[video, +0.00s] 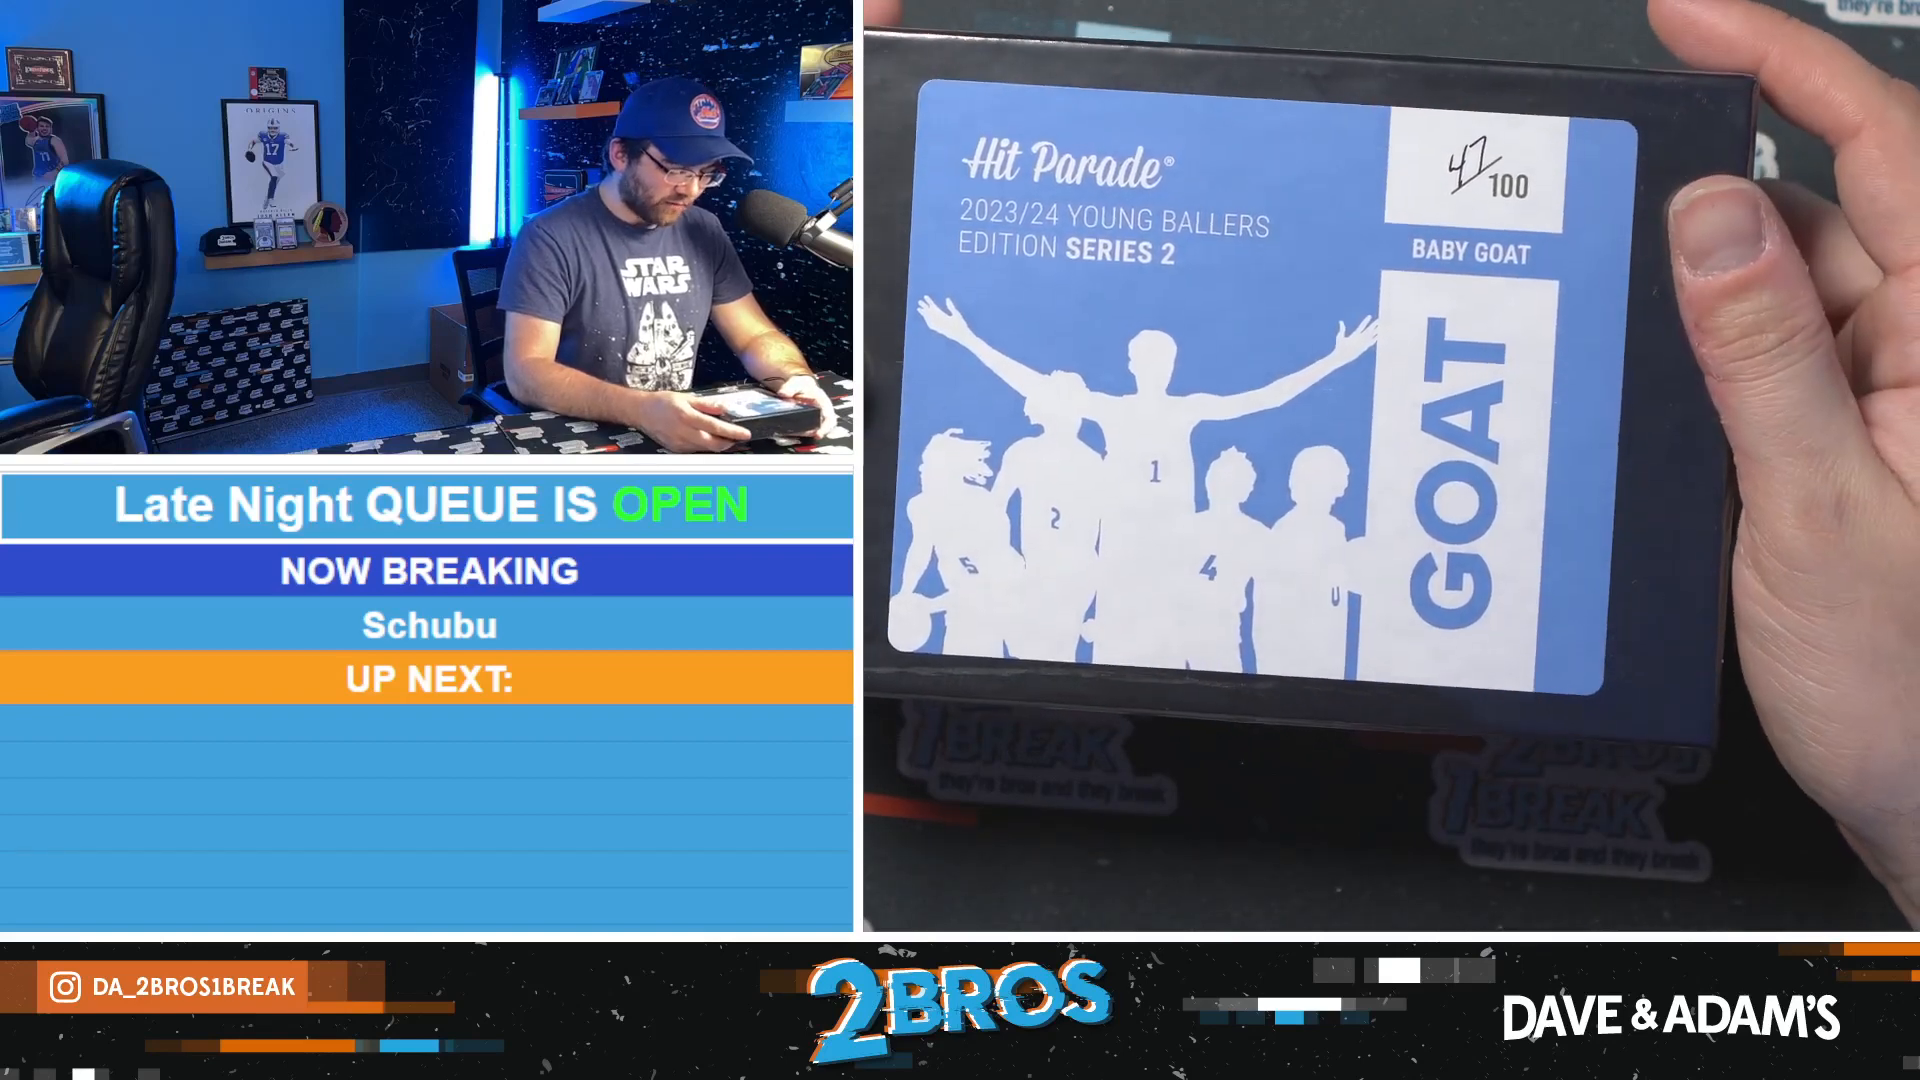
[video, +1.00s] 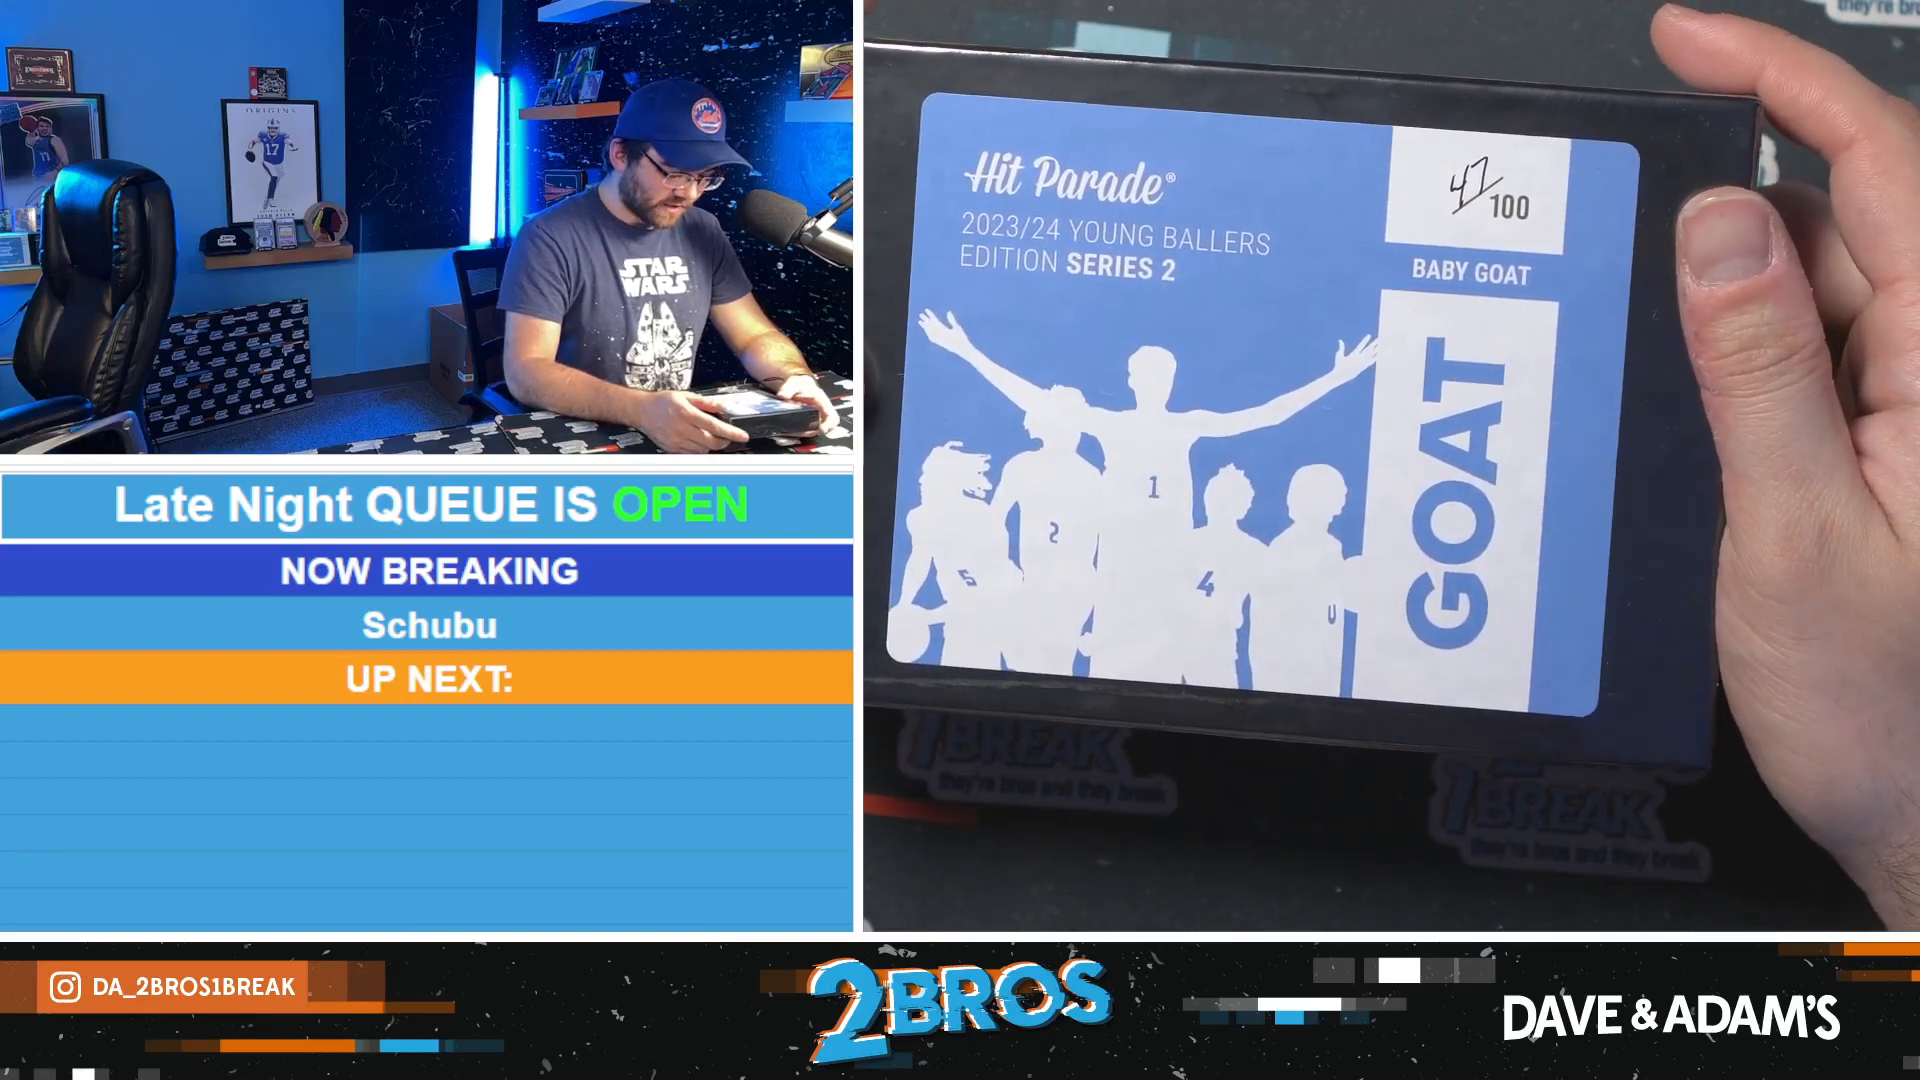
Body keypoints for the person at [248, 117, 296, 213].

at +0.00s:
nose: (273, 130)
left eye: (275, 128)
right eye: (271, 128)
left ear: (278, 128)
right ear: (268, 128)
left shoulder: (283, 136)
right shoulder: (263, 136)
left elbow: (290, 142)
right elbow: (253, 141)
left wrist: (292, 147)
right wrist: (250, 149)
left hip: (279, 164)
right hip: (267, 162)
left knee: (275, 182)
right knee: (274, 176)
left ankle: (267, 199)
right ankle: (270, 199)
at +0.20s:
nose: (273, 130)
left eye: (275, 128)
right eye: (271, 128)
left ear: (278, 128)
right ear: (268, 128)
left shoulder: (283, 136)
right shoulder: (263, 136)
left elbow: (290, 142)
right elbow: (253, 141)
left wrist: (292, 147)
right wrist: (250, 149)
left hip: (279, 164)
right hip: (267, 162)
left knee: (275, 182)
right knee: (274, 176)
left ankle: (267, 199)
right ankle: (270, 199)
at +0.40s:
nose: (273, 130)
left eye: (275, 128)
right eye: (271, 128)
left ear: (278, 128)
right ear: (268, 128)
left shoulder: (283, 136)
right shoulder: (263, 136)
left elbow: (290, 143)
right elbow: (253, 141)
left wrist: (292, 147)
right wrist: (250, 149)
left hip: (279, 164)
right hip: (267, 162)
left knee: (276, 182)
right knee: (274, 176)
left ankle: (267, 200)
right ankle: (270, 199)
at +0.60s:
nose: (273, 130)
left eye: (275, 128)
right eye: (271, 128)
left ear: (278, 128)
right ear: (268, 128)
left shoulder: (283, 136)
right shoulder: (263, 136)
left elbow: (290, 143)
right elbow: (253, 141)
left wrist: (292, 147)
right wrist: (250, 149)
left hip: (279, 164)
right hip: (267, 162)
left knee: (276, 182)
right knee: (274, 176)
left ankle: (267, 200)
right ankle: (270, 199)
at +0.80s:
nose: (273, 130)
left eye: (275, 128)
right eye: (271, 128)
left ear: (278, 128)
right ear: (268, 128)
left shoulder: (283, 136)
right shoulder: (263, 136)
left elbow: (290, 143)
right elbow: (253, 141)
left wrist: (292, 147)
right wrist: (250, 149)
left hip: (279, 164)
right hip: (267, 162)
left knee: (276, 182)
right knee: (274, 176)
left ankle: (267, 200)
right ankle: (270, 199)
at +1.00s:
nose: (273, 130)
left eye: (275, 128)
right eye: (271, 128)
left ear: (278, 128)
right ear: (268, 128)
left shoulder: (283, 136)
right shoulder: (263, 136)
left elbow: (290, 143)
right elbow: (253, 141)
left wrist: (292, 147)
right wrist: (250, 149)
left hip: (279, 164)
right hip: (267, 162)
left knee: (276, 182)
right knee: (274, 176)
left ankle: (267, 200)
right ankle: (270, 199)